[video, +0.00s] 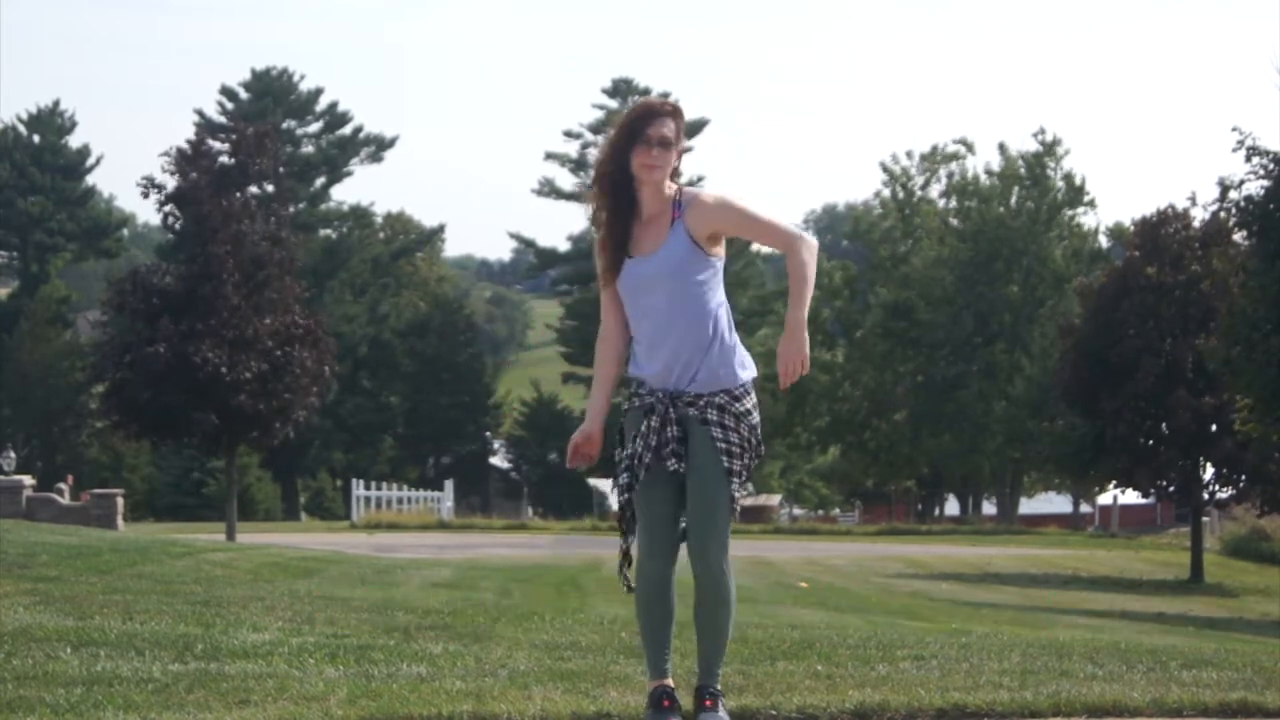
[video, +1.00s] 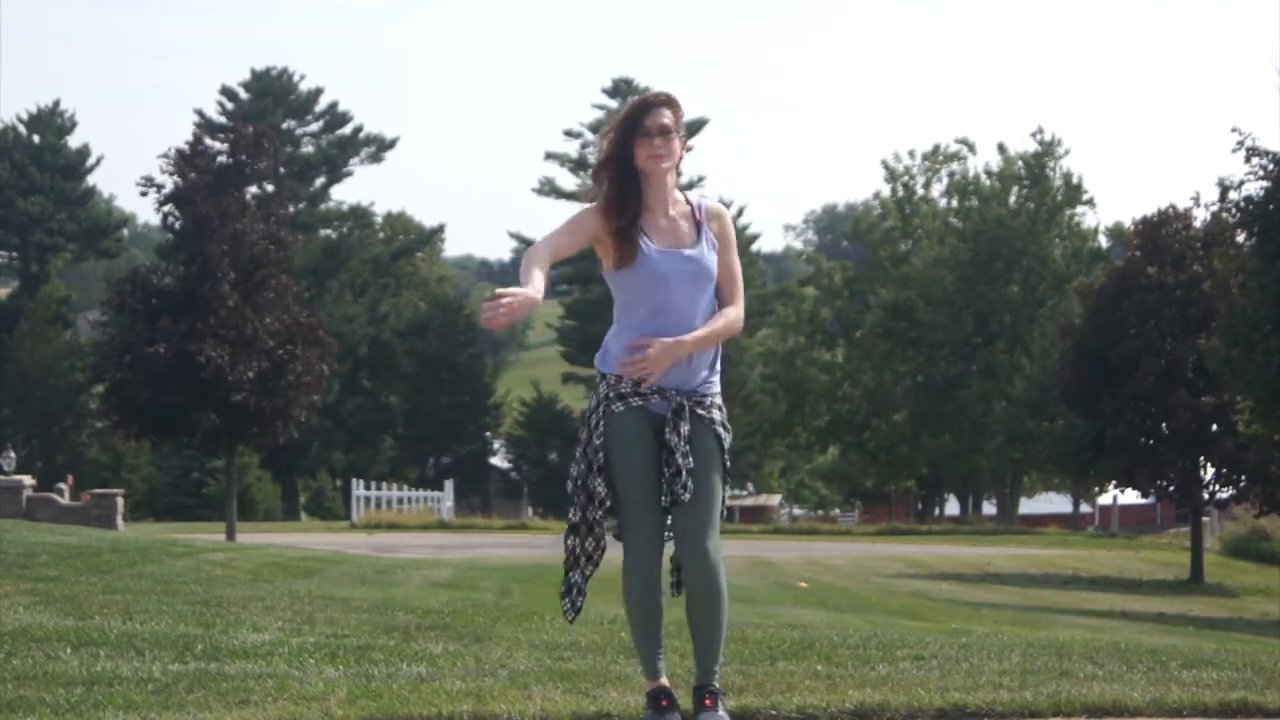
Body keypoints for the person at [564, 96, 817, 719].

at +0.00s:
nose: (660, 153)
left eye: (670, 144)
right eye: (650, 142)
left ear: (681, 154)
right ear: (626, 151)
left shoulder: (702, 210)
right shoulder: (612, 237)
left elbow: (802, 244)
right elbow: (612, 334)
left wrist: (797, 325)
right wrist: (594, 418)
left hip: (716, 400)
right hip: (649, 405)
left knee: (707, 549)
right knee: (654, 549)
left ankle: (708, 691)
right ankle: (660, 687)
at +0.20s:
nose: (663, 155)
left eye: (674, 146)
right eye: (654, 143)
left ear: (685, 155)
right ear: (630, 149)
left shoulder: (705, 217)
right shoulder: (598, 235)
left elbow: (800, 251)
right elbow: (601, 336)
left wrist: (840, 278)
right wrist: (612, 416)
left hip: (725, 397)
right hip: (650, 401)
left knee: (721, 552)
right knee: (665, 549)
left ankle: (711, 689)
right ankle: (662, 688)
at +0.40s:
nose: (671, 153)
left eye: (680, 145)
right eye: (660, 143)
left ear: (691, 155)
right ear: (638, 151)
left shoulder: (708, 232)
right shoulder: (603, 228)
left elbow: (776, 304)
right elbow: (571, 323)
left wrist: (840, 269)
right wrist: (592, 413)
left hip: (728, 399)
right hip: (657, 404)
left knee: (721, 552)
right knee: (679, 555)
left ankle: (712, 690)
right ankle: (664, 691)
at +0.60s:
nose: (674, 146)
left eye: (683, 137)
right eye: (662, 137)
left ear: (696, 147)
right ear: (639, 149)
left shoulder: (704, 227)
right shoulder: (613, 219)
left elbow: (739, 319)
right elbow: (538, 290)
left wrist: (833, 308)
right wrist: (540, 387)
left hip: (718, 402)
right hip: (655, 402)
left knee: (715, 547)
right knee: (679, 547)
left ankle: (711, 691)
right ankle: (664, 692)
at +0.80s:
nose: (668, 141)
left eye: (677, 131)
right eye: (655, 132)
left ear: (692, 141)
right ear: (637, 145)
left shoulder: (708, 223)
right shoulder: (615, 211)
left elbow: (725, 314)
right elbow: (527, 254)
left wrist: (766, 357)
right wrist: (493, 336)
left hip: (706, 401)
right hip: (644, 398)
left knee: (707, 543)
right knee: (659, 543)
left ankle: (712, 688)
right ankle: (661, 687)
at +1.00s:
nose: (663, 143)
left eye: (671, 133)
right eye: (650, 134)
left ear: (684, 143)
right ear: (628, 146)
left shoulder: (712, 218)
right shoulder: (607, 218)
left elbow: (735, 313)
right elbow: (537, 255)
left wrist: (681, 346)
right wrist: (533, 290)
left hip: (698, 397)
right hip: (629, 394)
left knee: (700, 549)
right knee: (644, 543)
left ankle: (709, 690)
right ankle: (657, 687)